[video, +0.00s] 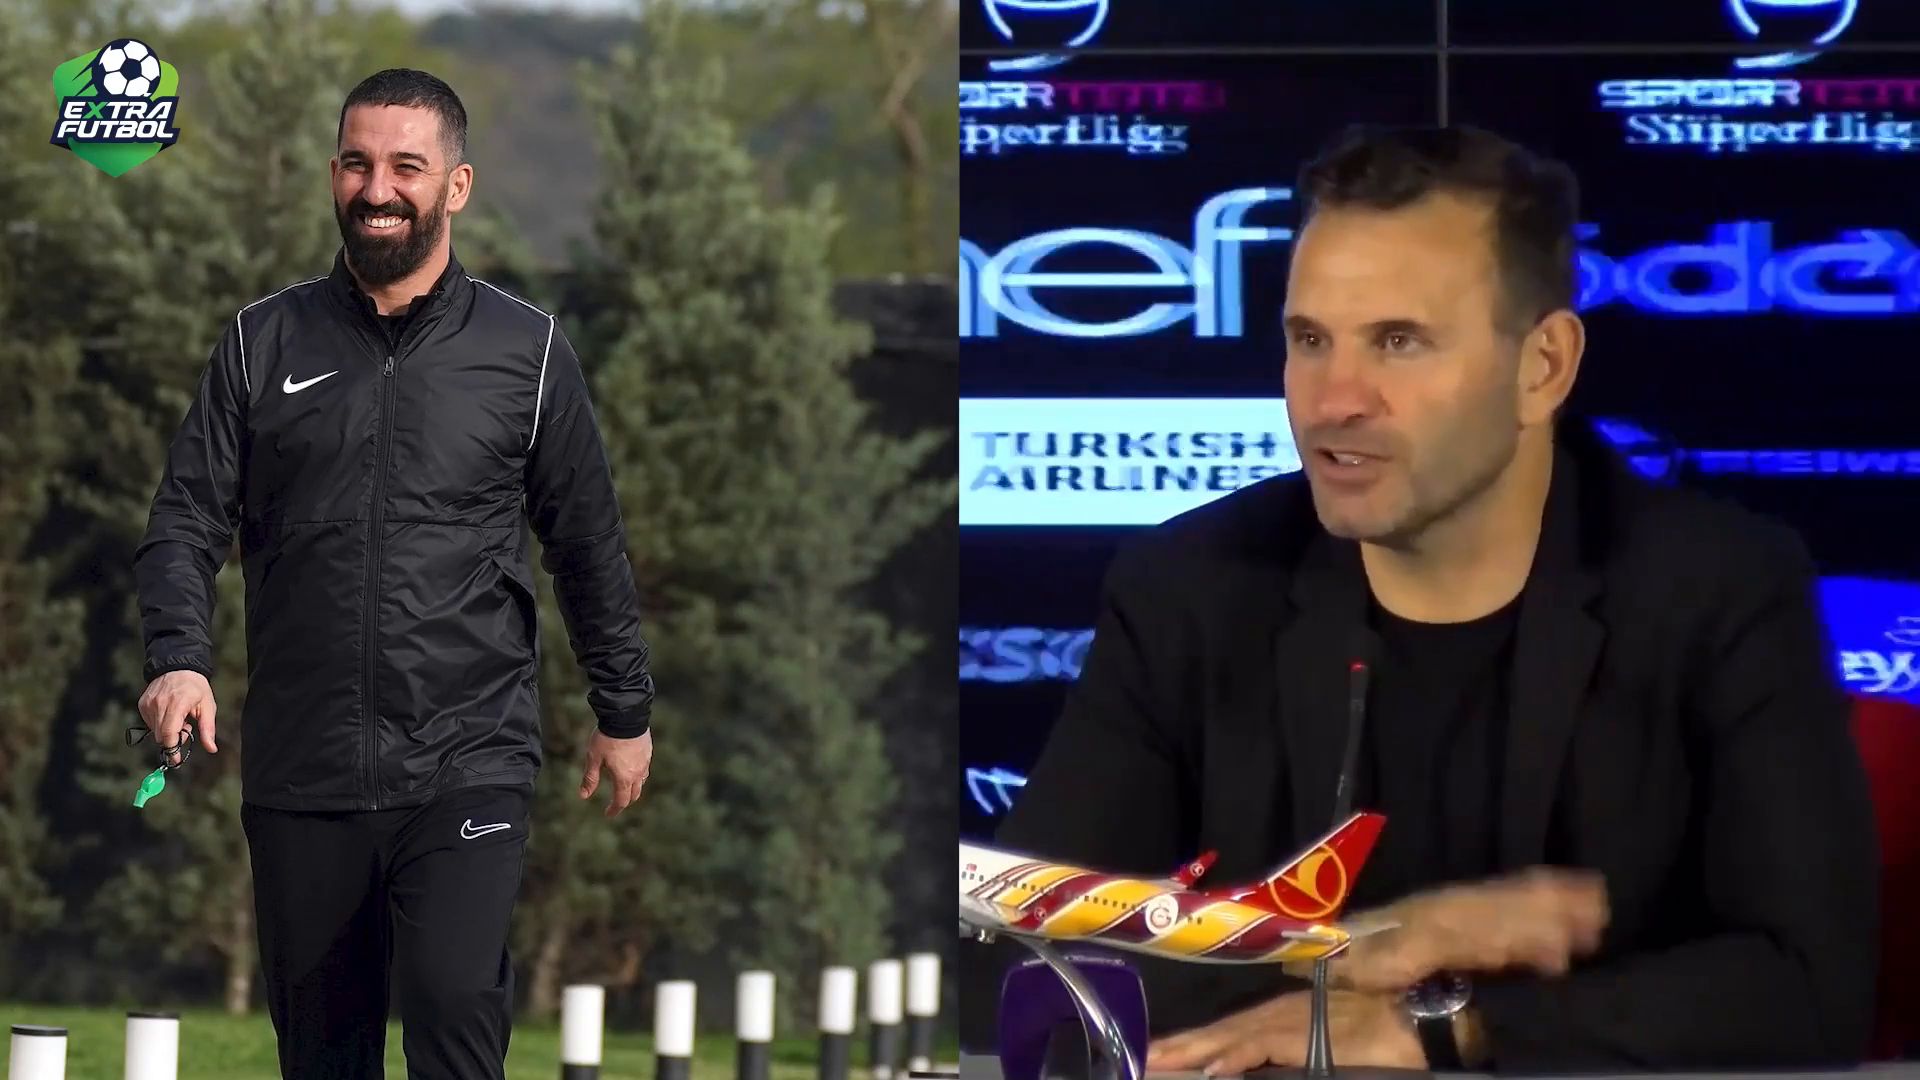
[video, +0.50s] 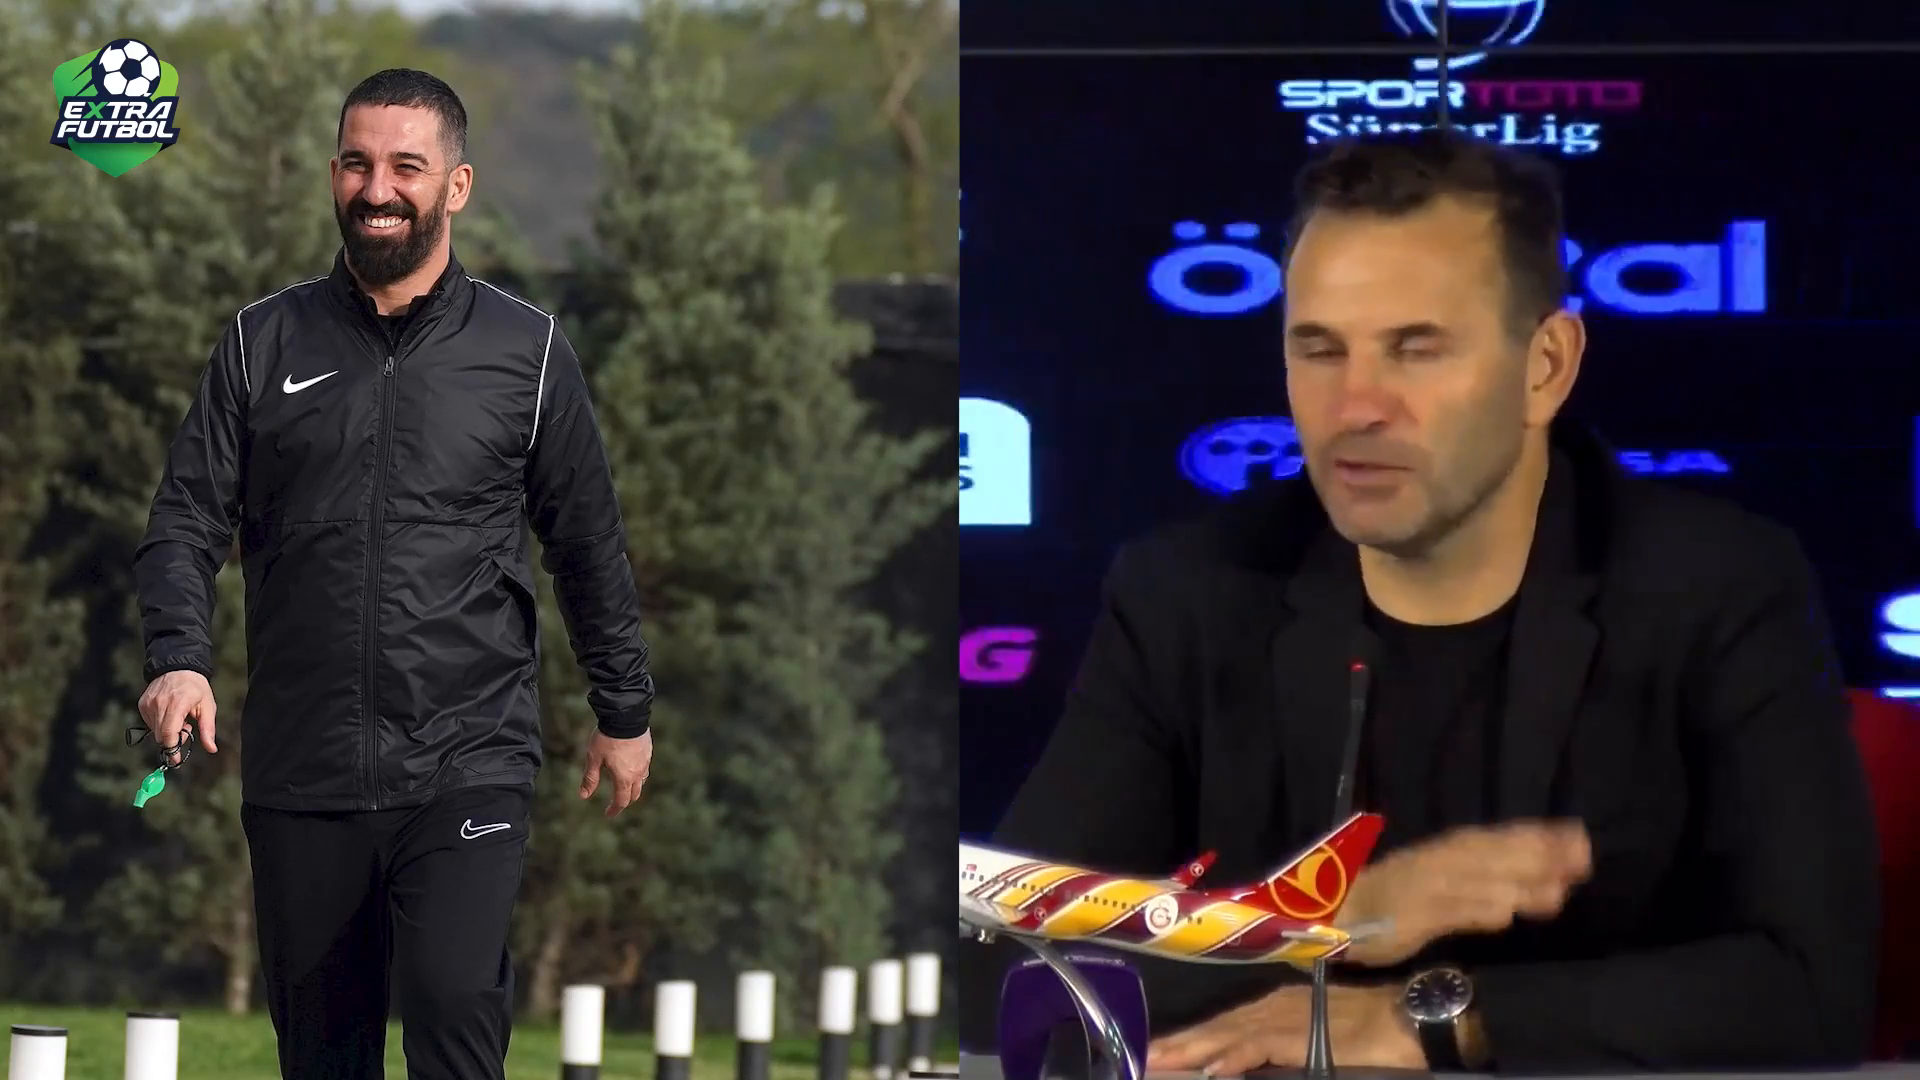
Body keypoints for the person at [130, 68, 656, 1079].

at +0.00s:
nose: (376, 187)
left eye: (405, 164)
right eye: (356, 162)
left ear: (458, 185)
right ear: (334, 176)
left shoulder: (529, 349)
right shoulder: (259, 343)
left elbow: (588, 541)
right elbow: (187, 513)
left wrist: (623, 709)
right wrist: (178, 658)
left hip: (472, 752)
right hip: (302, 755)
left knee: (455, 1018)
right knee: (320, 1042)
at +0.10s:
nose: (376, 187)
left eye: (405, 164)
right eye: (356, 162)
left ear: (458, 185)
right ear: (334, 176)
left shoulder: (529, 349)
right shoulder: (259, 343)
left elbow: (588, 541)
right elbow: (187, 513)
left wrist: (623, 709)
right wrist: (178, 658)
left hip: (472, 752)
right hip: (302, 755)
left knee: (455, 1018)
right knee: (320, 1042)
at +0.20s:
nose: (376, 187)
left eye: (405, 164)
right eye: (356, 162)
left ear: (458, 185)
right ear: (334, 176)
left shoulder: (529, 349)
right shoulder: (259, 343)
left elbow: (588, 541)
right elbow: (187, 513)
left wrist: (623, 709)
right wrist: (178, 658)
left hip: (472, 752)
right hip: (302, 755)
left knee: (455, 1018)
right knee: (320, 1042)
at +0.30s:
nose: (376, 187)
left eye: (405, 164)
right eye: (356, 162)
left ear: (458, 185)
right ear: (334, 176)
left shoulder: (529, 349)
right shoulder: (259, 343)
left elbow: (588, 541)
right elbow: (187, 513)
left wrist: (623, 709)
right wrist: (178, 658)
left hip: (472, 752)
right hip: (302, 755)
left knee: (455, 1018)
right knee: (320, 1042)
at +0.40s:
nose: (376, 187)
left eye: (405, 164)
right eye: (356, 162)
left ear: (458, 185)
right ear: (334, 176)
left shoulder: (529, 349)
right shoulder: (259, 343)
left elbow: (588, 541)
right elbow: (187, 513)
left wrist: (623, 709)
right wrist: (178, 658)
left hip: (472, 752)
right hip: (302, 755)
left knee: (455, 1018)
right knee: (320, 1042)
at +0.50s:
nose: (376, 187)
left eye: (405, 164)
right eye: (356, 162)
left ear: (458, 185)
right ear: (334, 176)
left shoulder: (529, 349)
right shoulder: (259, 343)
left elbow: (588, 541)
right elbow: (187, 513)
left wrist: (623, 709)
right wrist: (178, 658)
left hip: (472, 752)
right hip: (302, 755)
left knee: (455, 1018)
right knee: (320, 1042)